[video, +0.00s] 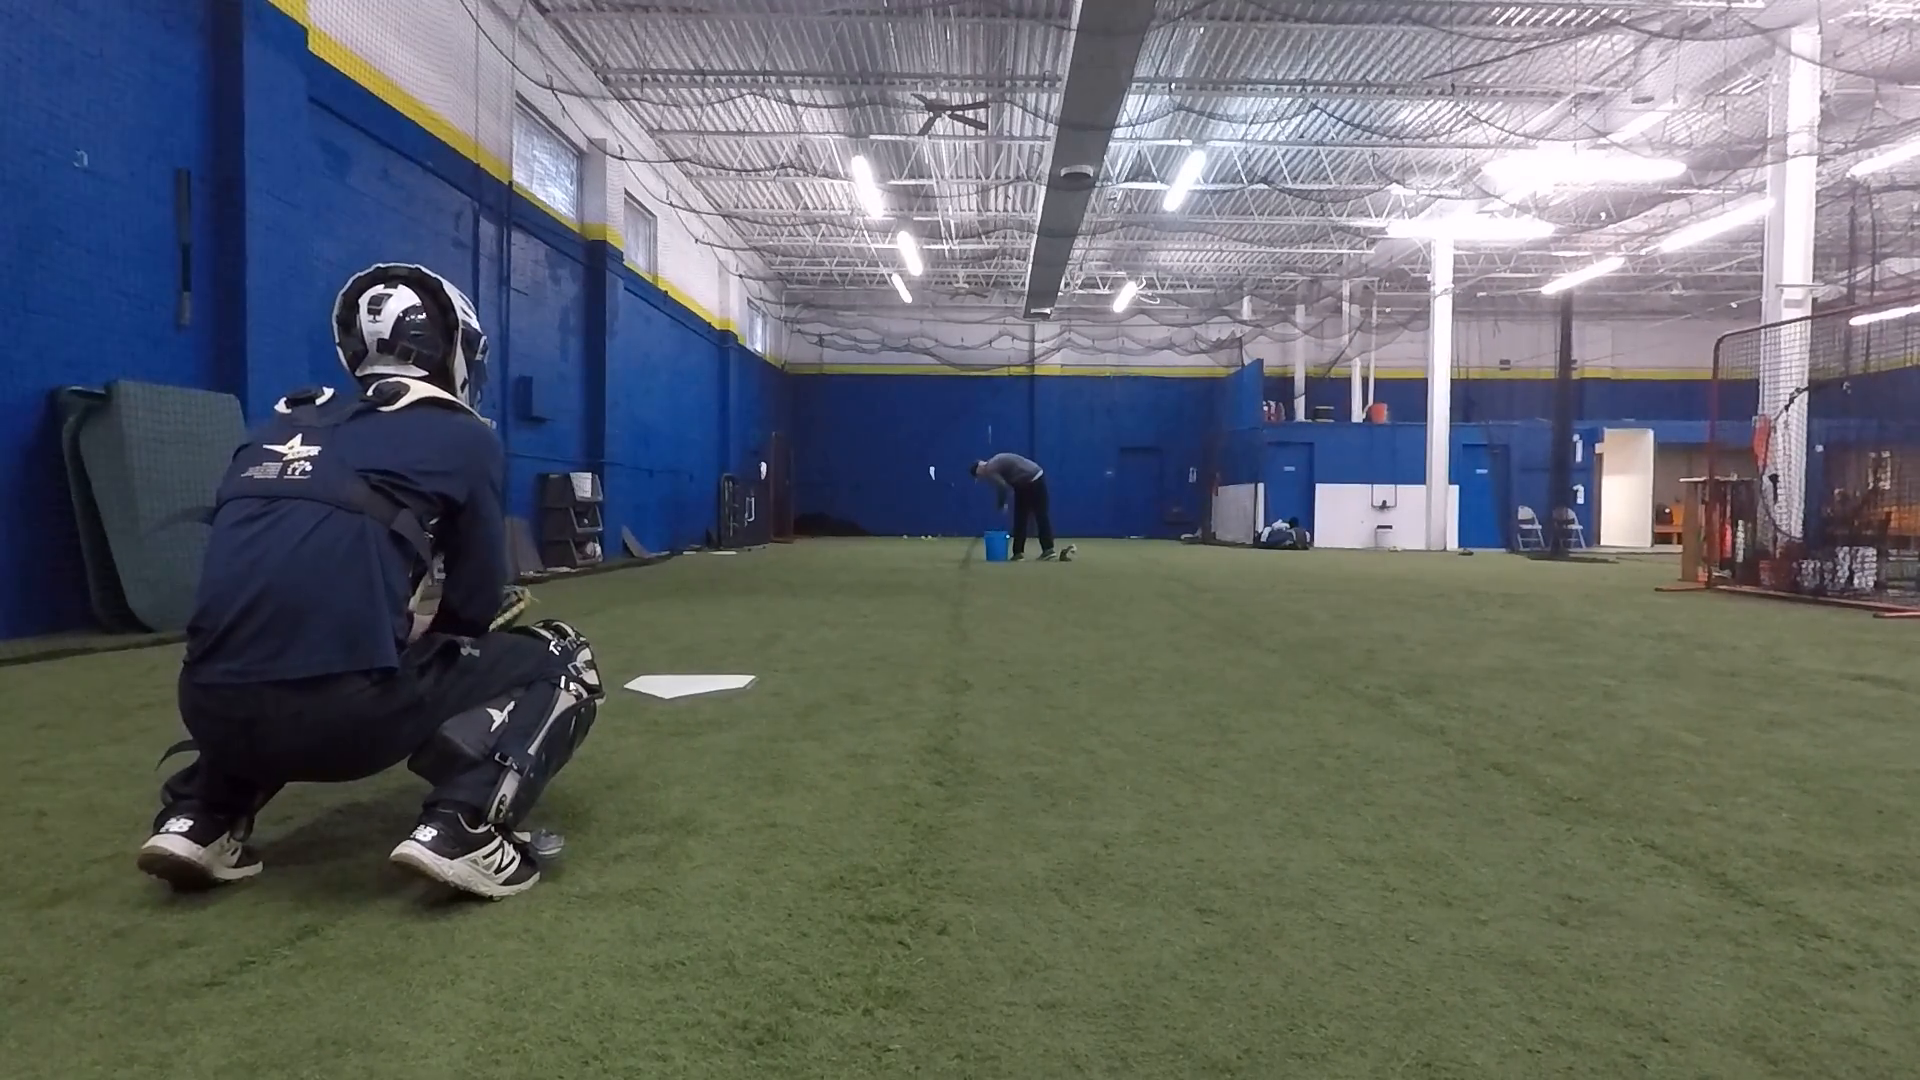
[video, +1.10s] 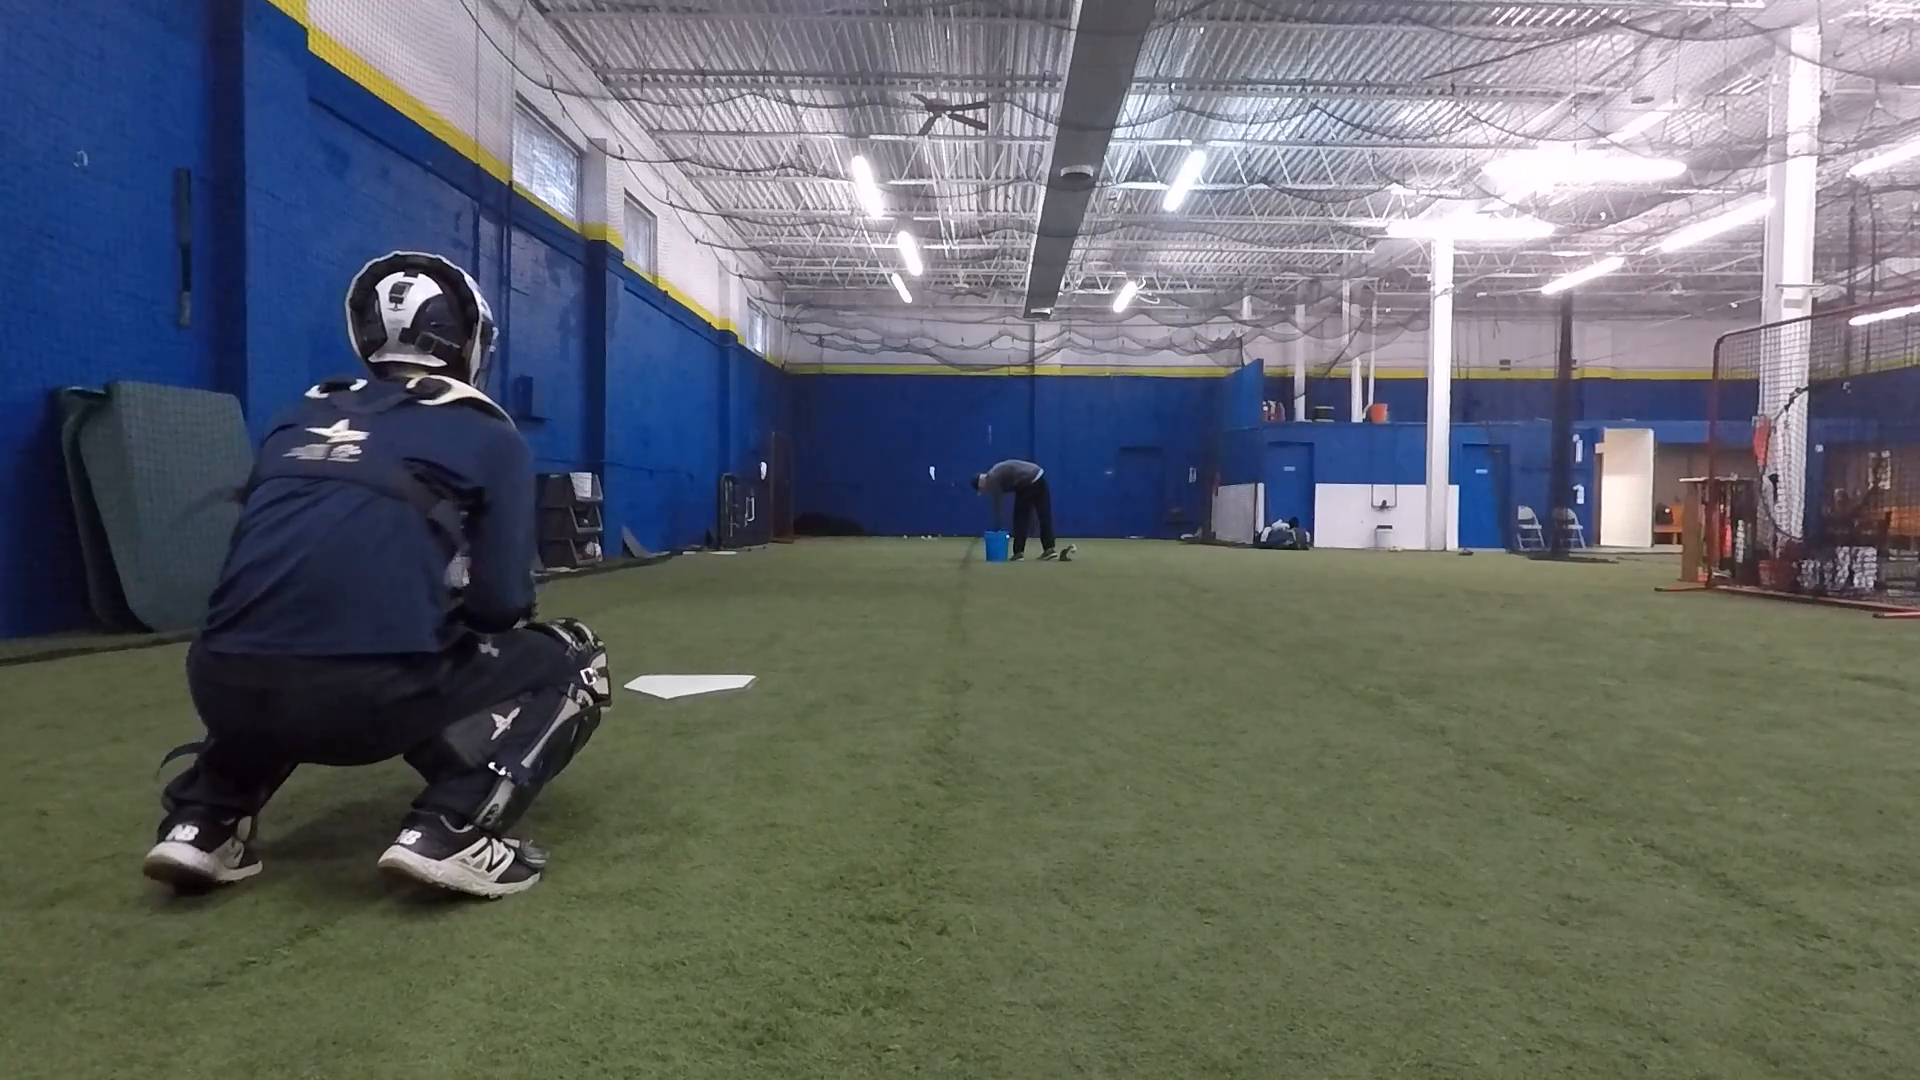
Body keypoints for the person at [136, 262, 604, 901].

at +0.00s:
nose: (473, 364)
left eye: (470, 349)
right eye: (468, 349)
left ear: (351, 352)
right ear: (452, 351)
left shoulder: (281, 423)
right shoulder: (465, 437)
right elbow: (475, 604)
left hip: (221, 714)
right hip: (353, 715)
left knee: (288, 624)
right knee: (564, 663)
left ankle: (200, 816)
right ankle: (464, 824)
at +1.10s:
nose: (482, 347)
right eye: (477, 332)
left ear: (364, 339)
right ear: (466, 340)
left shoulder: (297, 414)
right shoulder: (491, 435)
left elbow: (259, 559)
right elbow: (503, 602)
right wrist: (429, 627)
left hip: (234, 690)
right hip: (373, 699)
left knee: (294, 616)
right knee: (574, 660)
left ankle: (203, 819)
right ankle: (451, 826)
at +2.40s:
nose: (476, 359)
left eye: (474, 343)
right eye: (472, 343)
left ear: (358, 347)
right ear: (455, 346)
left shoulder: (294, 418)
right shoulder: (471, 436)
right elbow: (476, 603)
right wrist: (512, 605)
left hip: (215, 697)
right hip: (347, 703)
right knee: (573, 653)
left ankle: (204, 813)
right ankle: (449, 831)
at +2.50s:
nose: (491, 351)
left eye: (488, 336)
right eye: (486, 335)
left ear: (373, 342)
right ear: (472, 340)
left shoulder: (313, 409)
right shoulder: (484, 433)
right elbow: (491, 603)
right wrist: (520, 590)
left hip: (224, 686)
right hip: (355, 694)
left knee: (313, 616)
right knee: (580, 654)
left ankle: (207, 811)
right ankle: (451, 830)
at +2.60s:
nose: (515, 346)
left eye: (514, 332)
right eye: (511, 331)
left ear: (397, 337)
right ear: (495, 334)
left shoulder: (330, 403)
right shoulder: (506, 428)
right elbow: (520, 600)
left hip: (245, 674)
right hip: (377, 686)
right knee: (590, 660)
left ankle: (207, 811)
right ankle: (456, 828)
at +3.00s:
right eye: (604, 325)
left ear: (490, 322)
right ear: (594, 339)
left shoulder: (433, 380)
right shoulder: (609, 455)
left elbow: (279, 488)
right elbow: (571, 622)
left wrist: (372, 531)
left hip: (324, 655)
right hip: (466, 692)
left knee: (274, 591)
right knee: (577, 685)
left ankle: (173, 809)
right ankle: (473, 820)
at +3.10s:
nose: (606, 345)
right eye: (606, 334)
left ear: (499, 328)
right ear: (601, 347)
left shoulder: (437, 382)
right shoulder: (616, 460)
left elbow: (269, 481)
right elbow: (596, 626)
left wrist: (369, 522)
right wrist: (517, 608)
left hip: (334, 658)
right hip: (477, 696)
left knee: (260, 592)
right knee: (576, 683)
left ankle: (151, 815)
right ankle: (474, 818)